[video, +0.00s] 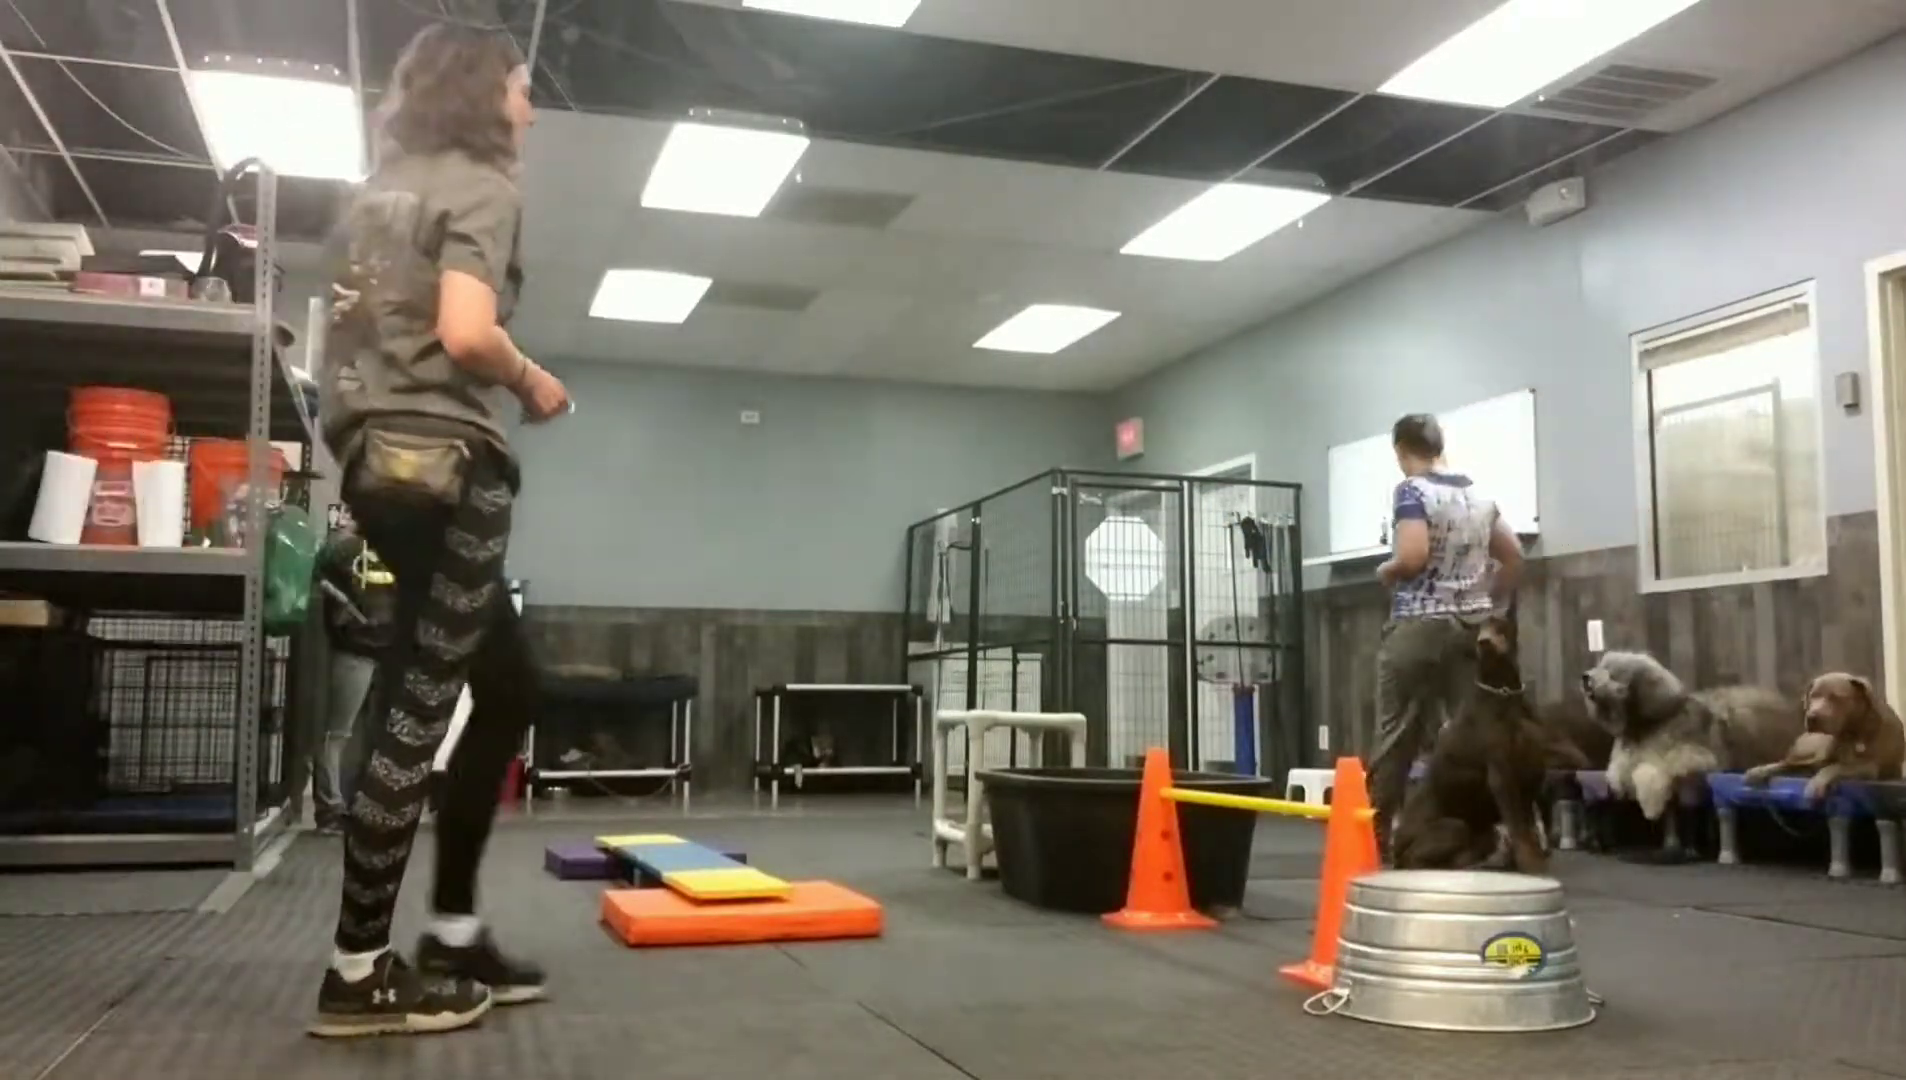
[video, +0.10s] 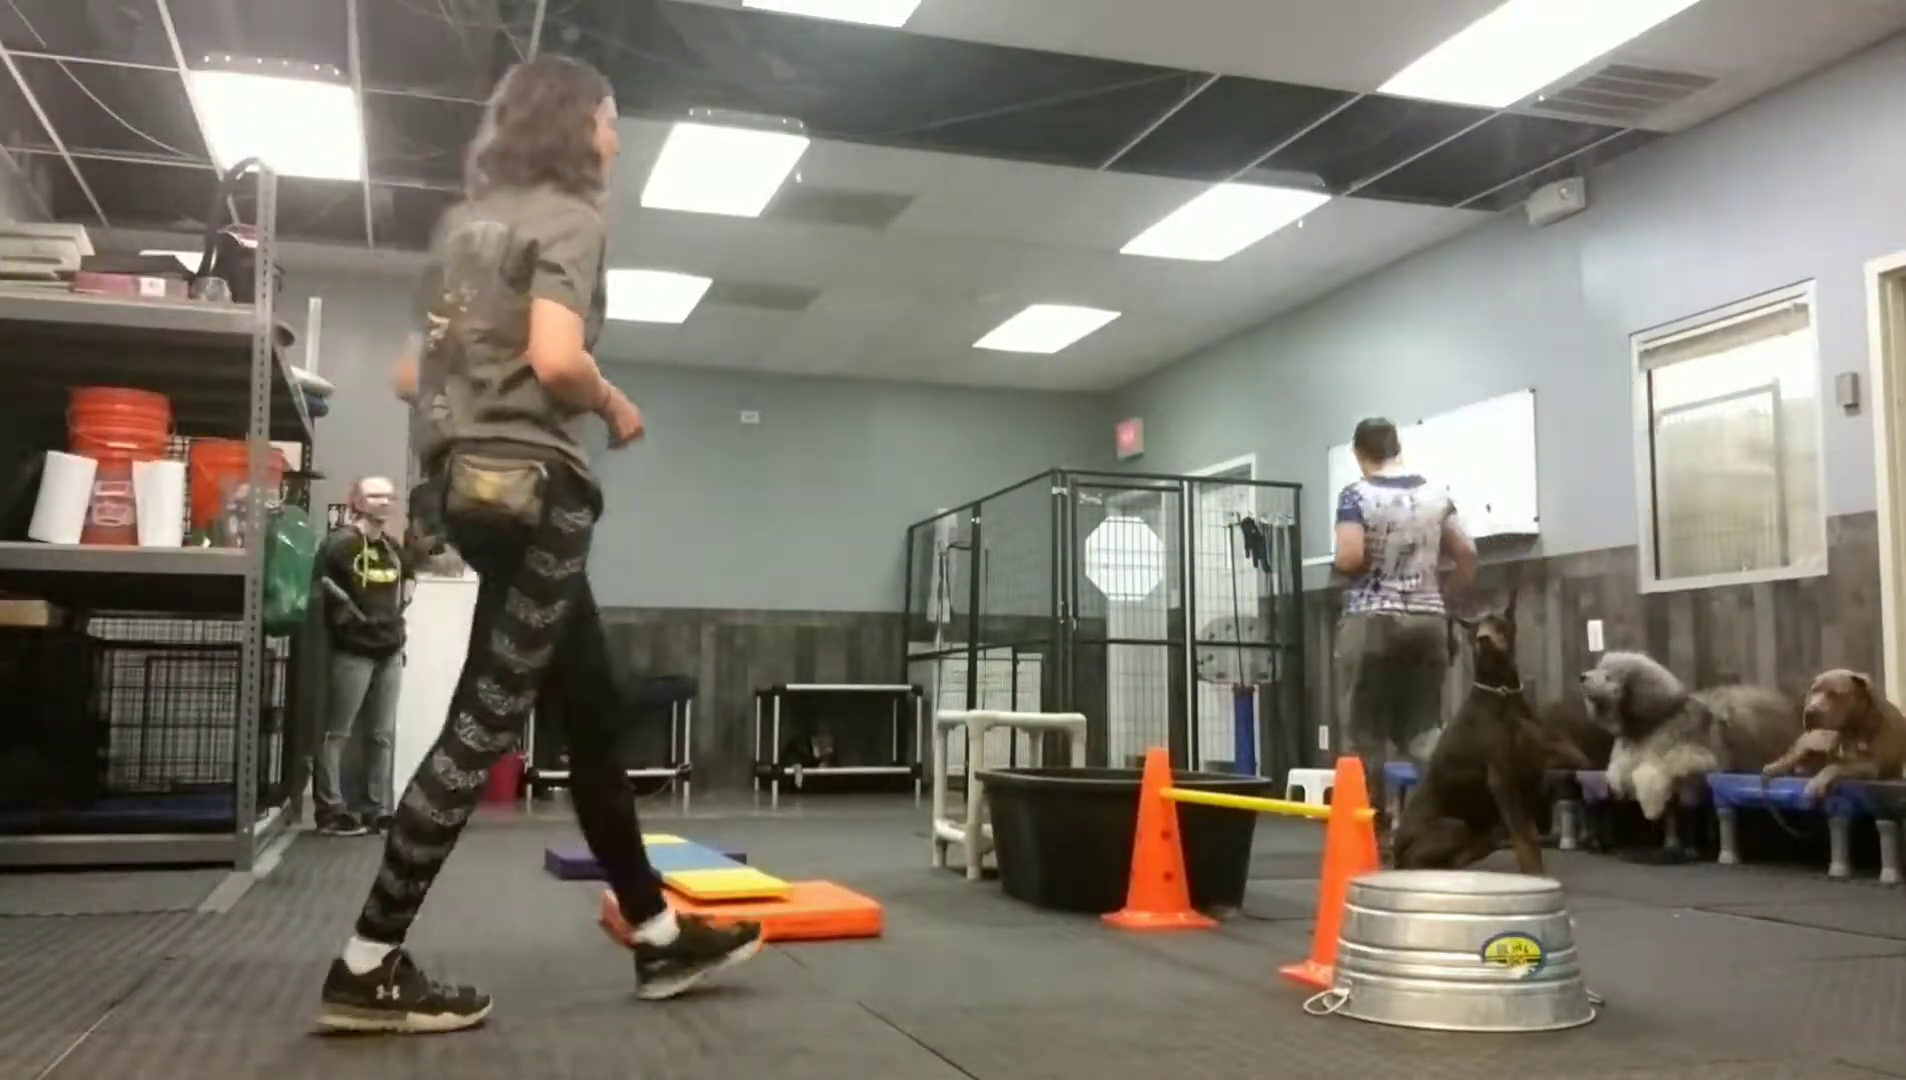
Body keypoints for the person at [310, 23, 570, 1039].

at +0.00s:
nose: (531, 112)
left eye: (528, 93)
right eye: (523, 92)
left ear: (427, 95)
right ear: (487, 94)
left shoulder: (380, 185)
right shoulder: (482, 184)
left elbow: (355, 323)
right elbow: (465, 332)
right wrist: (529, 377)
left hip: (372, 453)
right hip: (443, 459)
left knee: (508, 691)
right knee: (413, 713)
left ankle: (453, 933)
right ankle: (358, 968)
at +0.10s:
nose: (617, 143)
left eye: (615, 125)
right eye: (611, 125)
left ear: (512, 129)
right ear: (579, 128)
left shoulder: (466, 219)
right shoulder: (569, 215)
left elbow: (412, 376)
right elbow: (557, 359)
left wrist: (518, 390)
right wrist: (611, 399)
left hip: (459, 479)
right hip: (532, 482)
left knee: (589, 704)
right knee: (483, 727)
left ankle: (655, 925)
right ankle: (367, 963)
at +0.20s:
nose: (694, 150)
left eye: (692, 131)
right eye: (688, 132)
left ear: (607, 138)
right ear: (657, 139)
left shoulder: (566, 235)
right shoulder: (648, 225)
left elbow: (528, 395)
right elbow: (643, 369)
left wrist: (665, 409)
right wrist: (715, 403)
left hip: (583, 497)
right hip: (638, 494)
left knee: (657, 718)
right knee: (671, 724)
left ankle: (677, 940)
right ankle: (480, 882)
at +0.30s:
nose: (776, 183)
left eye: (777, 166)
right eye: (769, 165)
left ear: (683, 162)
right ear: (735, 165)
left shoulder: (649, 239)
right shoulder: (715, 237)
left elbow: (669, 386)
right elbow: (713, 385)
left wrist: (771, 429)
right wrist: (795, 427)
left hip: (653, 500)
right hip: (711, 498)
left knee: (695, 702)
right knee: (809, 688)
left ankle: (675, 932)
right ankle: (734, 900)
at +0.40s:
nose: (849, 205)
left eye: (851, 189)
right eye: (845, 187)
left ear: (765, 176)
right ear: (812, 181)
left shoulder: (719, 261)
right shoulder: (796, 256)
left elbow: (737, 403)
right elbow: (803, 402)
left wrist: (832, 464)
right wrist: (875, 468)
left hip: (717, 517)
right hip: (787, 514)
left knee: (740, 719)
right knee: (852, 707)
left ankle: (682, 930)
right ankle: (866, 929)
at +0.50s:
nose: (919, 210)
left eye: (919, 194)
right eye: (913, 193)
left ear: (834, 187)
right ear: (883, 192)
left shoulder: (770, 265)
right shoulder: (867, 266)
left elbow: (768, 397)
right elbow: (884, 416)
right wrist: (935, 518)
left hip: (761, 504)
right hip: (838, 504)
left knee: (818, 705)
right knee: (878, 709)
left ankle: (726, 878)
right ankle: (868, 927)